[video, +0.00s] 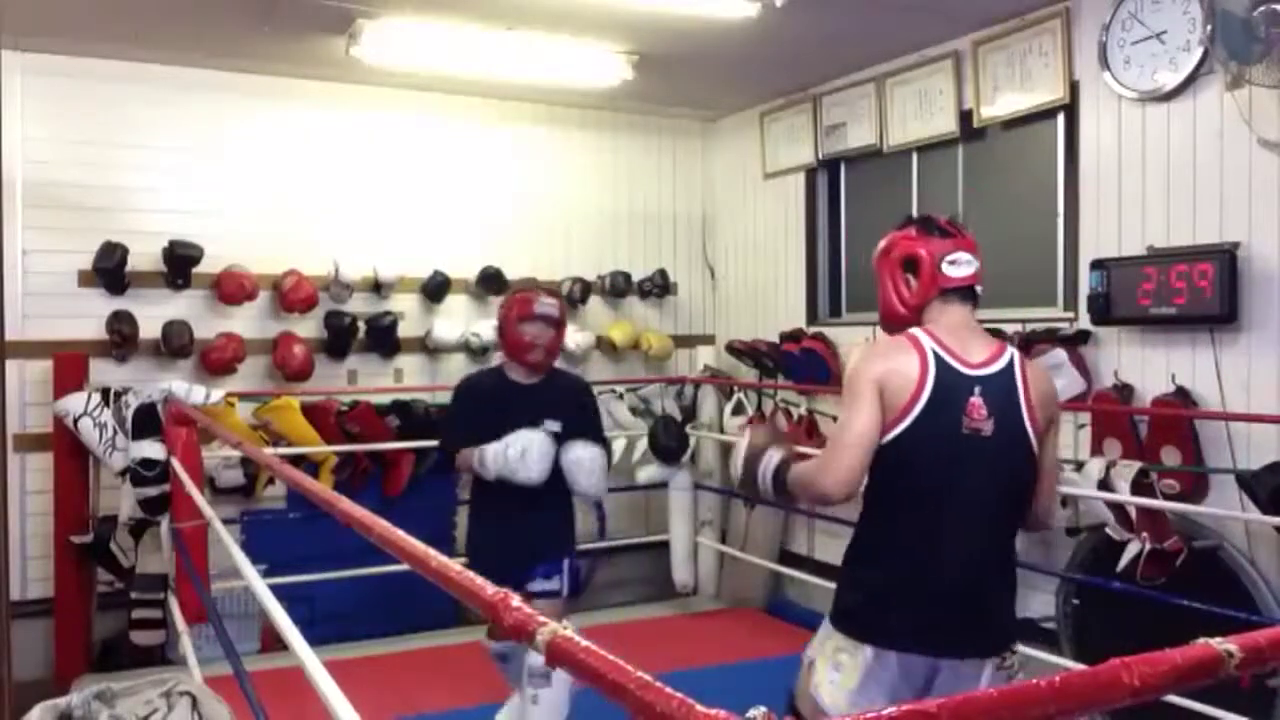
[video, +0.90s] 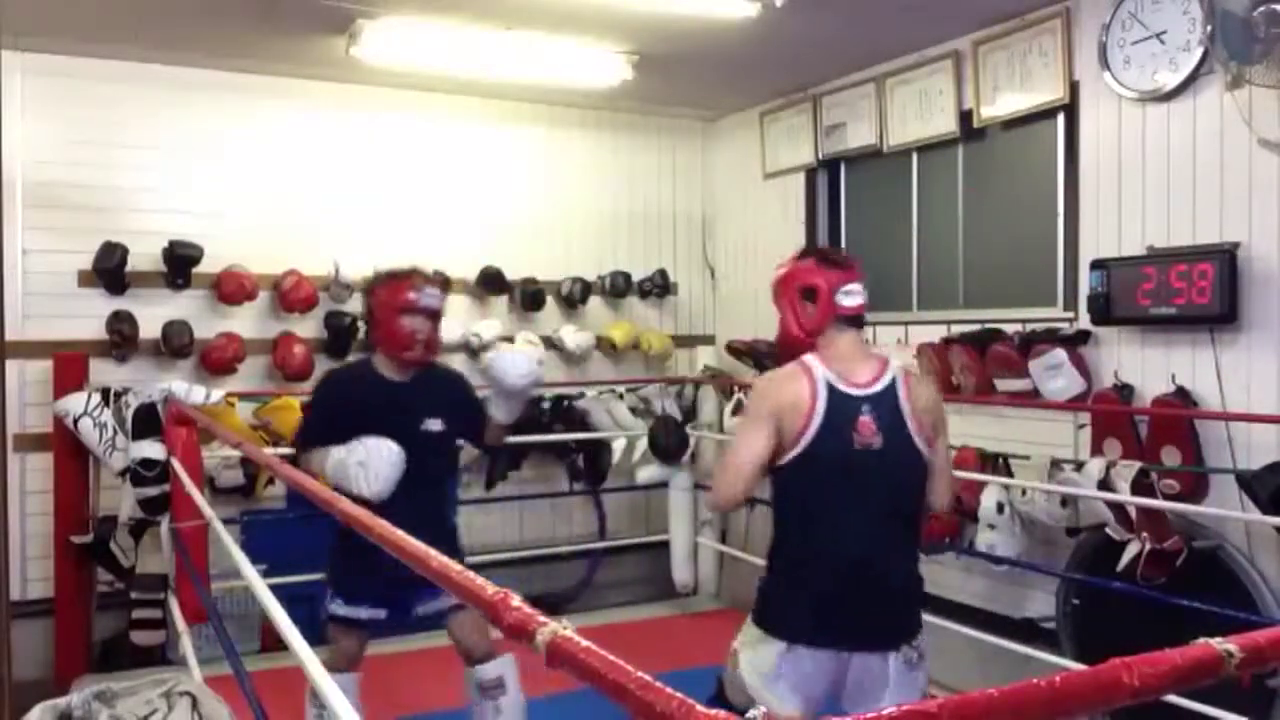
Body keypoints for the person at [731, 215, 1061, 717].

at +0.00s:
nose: (884, 298)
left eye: (887, 281)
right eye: (885, 283)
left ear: (911, 277)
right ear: (971, 280)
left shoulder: (884, 358)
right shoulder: (1034, 379)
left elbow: (834, 482)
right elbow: (1041, 513)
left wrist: (767, 460)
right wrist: (970, 487)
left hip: (883, 625)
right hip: (981, 631)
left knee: (815, 708)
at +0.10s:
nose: (871, 299)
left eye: (875, 282)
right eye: (871, 284)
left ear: (898, 276)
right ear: (956, 276)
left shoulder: (878, 360)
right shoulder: (1023, 377)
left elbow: (834, 484)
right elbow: (1005, 494)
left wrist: (785, 436)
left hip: (877, 626)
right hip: (975, 631)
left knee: (791, 708)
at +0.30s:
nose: (822, 304)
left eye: (824, 288)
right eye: (821, 289)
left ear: (851, 283)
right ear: (903, 279)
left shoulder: (832, 370)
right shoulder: (969, 369)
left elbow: (791, 485)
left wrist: (765, 441)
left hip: (850, 630)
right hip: (944, 626)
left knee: (800, 707)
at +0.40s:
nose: (793, 304)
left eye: (795, 290)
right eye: (792, 291)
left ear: (818, 285)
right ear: (870, 281)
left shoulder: (797, 367)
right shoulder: (940, 368)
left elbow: (738, 468)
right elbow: (920, 457)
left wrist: (726, 400)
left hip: (827, 613)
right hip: (917, 609)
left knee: (786, 703)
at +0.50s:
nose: (762, 305)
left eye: (764, 291)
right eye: (761, 292)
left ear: (784, 285)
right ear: (837, 280)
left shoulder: (765, 362)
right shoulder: (911, 362)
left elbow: (693, 435)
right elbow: (919, 461)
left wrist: (681, 372)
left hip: (802, 600)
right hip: (895, 595)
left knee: (776, 710)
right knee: (902, 715)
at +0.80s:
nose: (761, 312)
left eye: (764, 299)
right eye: (761, 300)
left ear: (784, 295)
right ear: (836, 294)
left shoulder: (757, 375)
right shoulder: (903, 374)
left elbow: (696, 466)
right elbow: (923, 487)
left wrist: (686, 422)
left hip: (791, 604)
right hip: (881, 604)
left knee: (747, 711)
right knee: (892, 716)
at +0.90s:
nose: (780, 322)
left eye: (783, 307)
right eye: (780, 307)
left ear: (809, 306)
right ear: (855, 304)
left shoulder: (781, 388)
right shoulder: (918, 388)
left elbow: (725, 493)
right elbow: (939, 498)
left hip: (799, 624)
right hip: (889, 625)